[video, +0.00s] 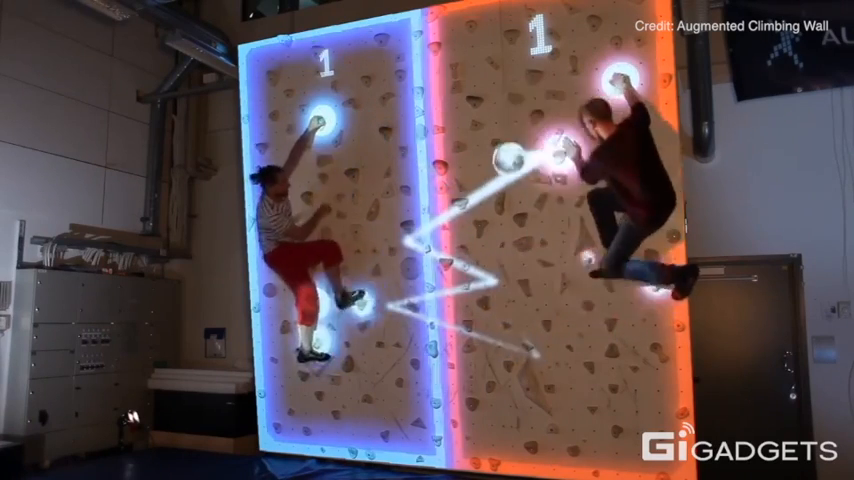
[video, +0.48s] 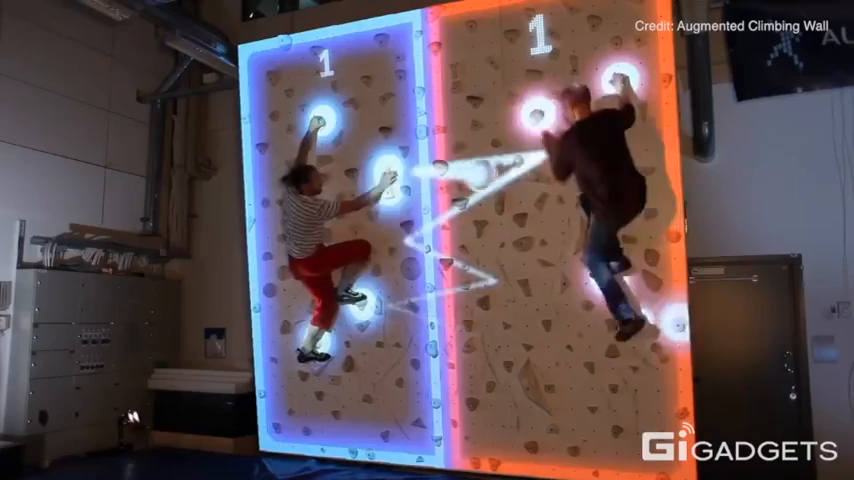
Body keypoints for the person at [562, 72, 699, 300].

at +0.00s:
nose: (588, 129)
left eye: (587, 124)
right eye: (586, 125)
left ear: (593, 123)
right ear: (609, 114)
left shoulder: (604, 154)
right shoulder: (636, 124)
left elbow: (588, 176)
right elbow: (640, 109)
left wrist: (575, 158)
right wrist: (628, 89)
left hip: (648, 212)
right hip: (665, 195)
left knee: (612, 266)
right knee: (597, 198)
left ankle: (680, 275)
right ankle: (614, 257)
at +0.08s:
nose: (600, 123)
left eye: (600, 119)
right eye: (600, 119)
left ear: (605, 121)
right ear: (625, 112)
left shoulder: (615, 152)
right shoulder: (646, 125)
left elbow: (594, 176)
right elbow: (640, 107)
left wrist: (581, 158)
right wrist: (629, 90)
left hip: (653, 212)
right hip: (673, 196)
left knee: (617, 266)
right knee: (602, 197)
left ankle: (684, 278)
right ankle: (615, 261)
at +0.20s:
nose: (602, 117)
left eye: (603, 112)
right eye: (602, 112)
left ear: (608, 116)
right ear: (627, 109)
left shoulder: (614, 146)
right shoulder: (646, 123)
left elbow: (581, 160)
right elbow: (640, 106)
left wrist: (565, 139)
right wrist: (631, 91)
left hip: (649, 211)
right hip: (666, 197)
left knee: (617, 265)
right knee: (600, 198)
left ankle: (683, 288)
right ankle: (615, 264)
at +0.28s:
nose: (590, 111)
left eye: (591, 106)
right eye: (590, 106)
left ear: (602, 107)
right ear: (617, 103)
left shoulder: (605, 135)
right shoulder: (638, 118)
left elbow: (573, 141)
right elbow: (634, 104)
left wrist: (549, 121)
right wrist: (627, 86)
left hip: (637, 206)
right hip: (655, 194)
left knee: (618, 265)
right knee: (595, 199)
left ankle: (682, 298)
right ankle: (614, 263)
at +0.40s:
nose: (570, 107)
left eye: (571, 103)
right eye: (572, 102)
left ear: (577, 104)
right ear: (596, 99)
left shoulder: (576, 133)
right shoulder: (616, 115)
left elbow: (554, 144)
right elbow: (632, 111)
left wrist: (542, 124)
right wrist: (625, 91)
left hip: (620, 202)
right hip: (641, 190)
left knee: (604, 257)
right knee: (588, 200)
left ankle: (645, 312)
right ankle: (611, 258)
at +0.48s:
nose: (562, 111)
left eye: (564, 106)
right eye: (565, 106)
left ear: (571, 108)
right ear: (588, 101)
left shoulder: (570, 139)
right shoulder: (610, 118)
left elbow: (560, 174)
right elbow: (629, 116)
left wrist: (550, 146)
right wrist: (626, 93)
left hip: (612, 205)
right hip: (637, 194)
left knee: (593, 259)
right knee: (587, 200)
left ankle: (627, 317)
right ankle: (616, 259)